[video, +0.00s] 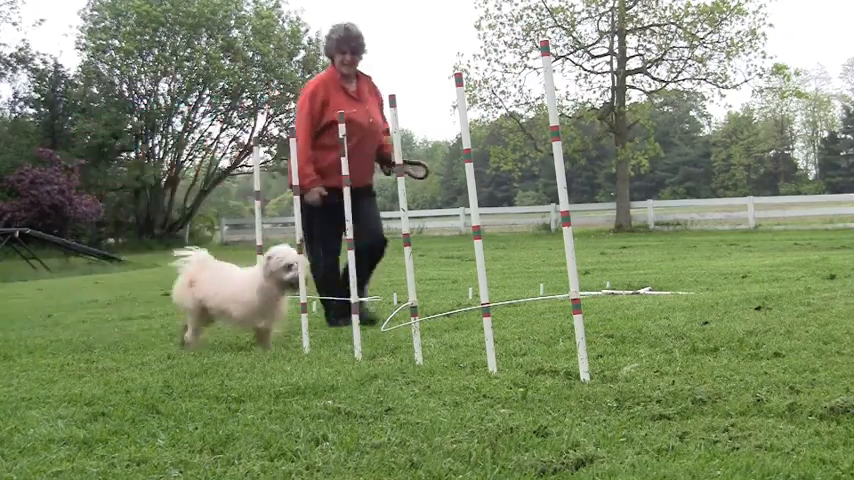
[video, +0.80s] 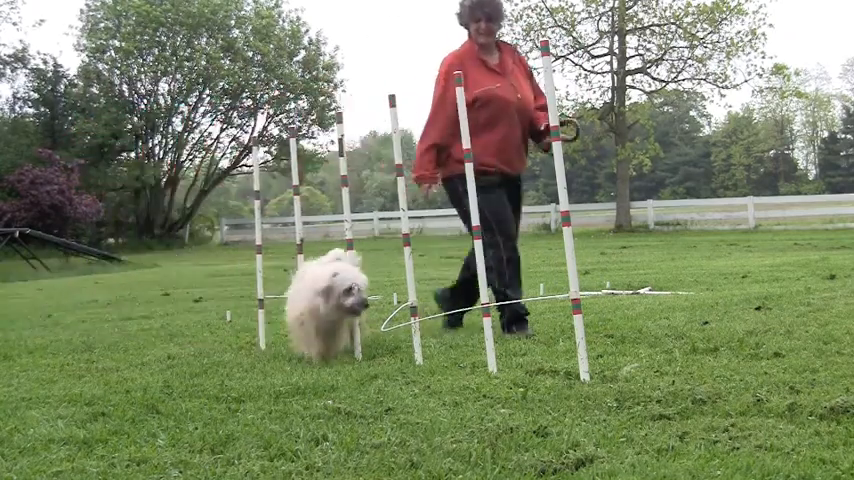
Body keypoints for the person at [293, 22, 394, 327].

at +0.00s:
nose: (348, 59)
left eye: (353, 53)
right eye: (341, 54)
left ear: (361, 54)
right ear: (331, 55)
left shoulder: (368, 87)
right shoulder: (316, 89)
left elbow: (378, 132)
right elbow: (301, 138)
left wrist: (389, 158)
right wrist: (308, 182)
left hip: (360, 186)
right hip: (323, 188)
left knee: (374, 243)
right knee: (325, 254)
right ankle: (336, 313)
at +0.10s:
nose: (366, 55)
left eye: (372, 49)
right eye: (360, 49)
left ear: (379, 50)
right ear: (348, 51)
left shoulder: (386, 85)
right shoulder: (333, 88)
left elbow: (391, 130)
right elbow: (325, 141)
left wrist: (407, 150)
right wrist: (353, 171)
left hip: (377, 180)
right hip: (332, 182)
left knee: (390, 240)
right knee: (333, 249)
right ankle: (340, 316)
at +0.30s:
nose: (402, 54)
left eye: (408, 49)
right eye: (396, 49)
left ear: (415, 50)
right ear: (384, 51)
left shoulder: (425, 87)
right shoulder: (373, 88)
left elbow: (429, 135)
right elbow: (365, 135)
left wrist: (450, 158)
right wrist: (401, 163)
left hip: (421, 185)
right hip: (377, 186)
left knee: (430, 250)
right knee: (375, 253)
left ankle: (432, 317)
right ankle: (350, 296)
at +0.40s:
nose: (419, 45)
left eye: (425, 39)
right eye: (413, 40)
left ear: (434, 41)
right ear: (402, 42)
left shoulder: (445, 77)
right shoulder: (390, 81)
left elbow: (454, 125)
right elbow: (381, 135)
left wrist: (471, 148)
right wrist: (406, 172)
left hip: (441, 179)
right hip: (397, 182)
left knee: (443, 249)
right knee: (418, 248)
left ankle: (434, 319)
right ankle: (379, 294)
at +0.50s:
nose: (437, 36)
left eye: (443, 30)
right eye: (431, 31)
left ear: (451, 32)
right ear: (420, 33)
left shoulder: (464, 68)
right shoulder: (405, 73)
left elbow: (480, 112)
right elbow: (393, 126)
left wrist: (492, 138)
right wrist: (402, 171)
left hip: (455, 171)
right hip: (420, 172)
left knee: (451, 240)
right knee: (446, 230)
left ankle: (441, 313)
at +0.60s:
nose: (455, 32)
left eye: (461, 26)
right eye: (448, 26)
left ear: (470, 27)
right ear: (437, 27)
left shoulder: (483, 65)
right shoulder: (423, 67)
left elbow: (499, 111)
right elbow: (408, 121)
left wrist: (512, 126)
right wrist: (407, 169)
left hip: (470, 168)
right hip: (433, 167)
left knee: (451, 240)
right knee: (458, 232)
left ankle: (433, 316)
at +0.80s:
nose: (483, 26)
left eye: (489, 20)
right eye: (476, 20)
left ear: (499, 22)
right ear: (466, 24)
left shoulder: (514, 59)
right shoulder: (457, 63)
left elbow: (535, 103)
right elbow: (439, 118)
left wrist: (544, 128)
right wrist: (427, 166)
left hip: (508, 170)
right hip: (467, 170)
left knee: (501, 240)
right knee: (500, 238)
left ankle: (455, 299)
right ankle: (514, 320)